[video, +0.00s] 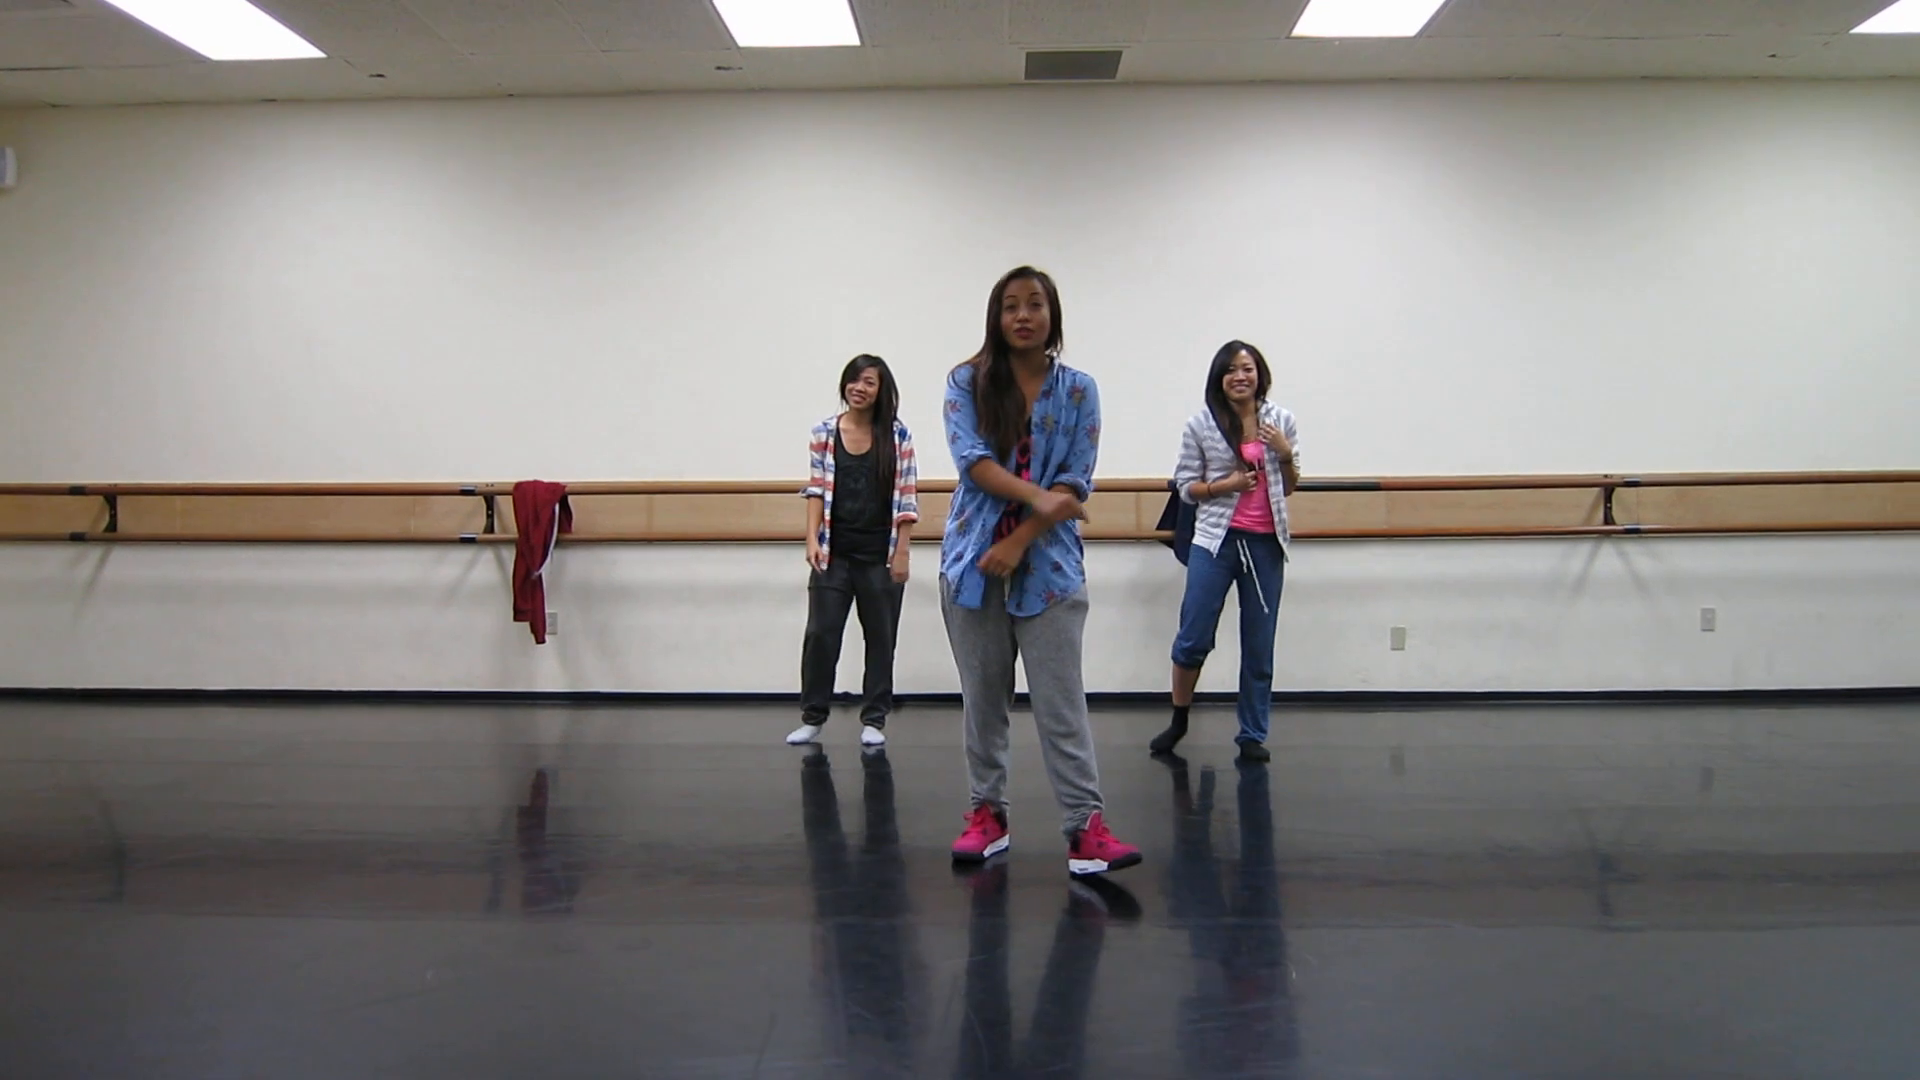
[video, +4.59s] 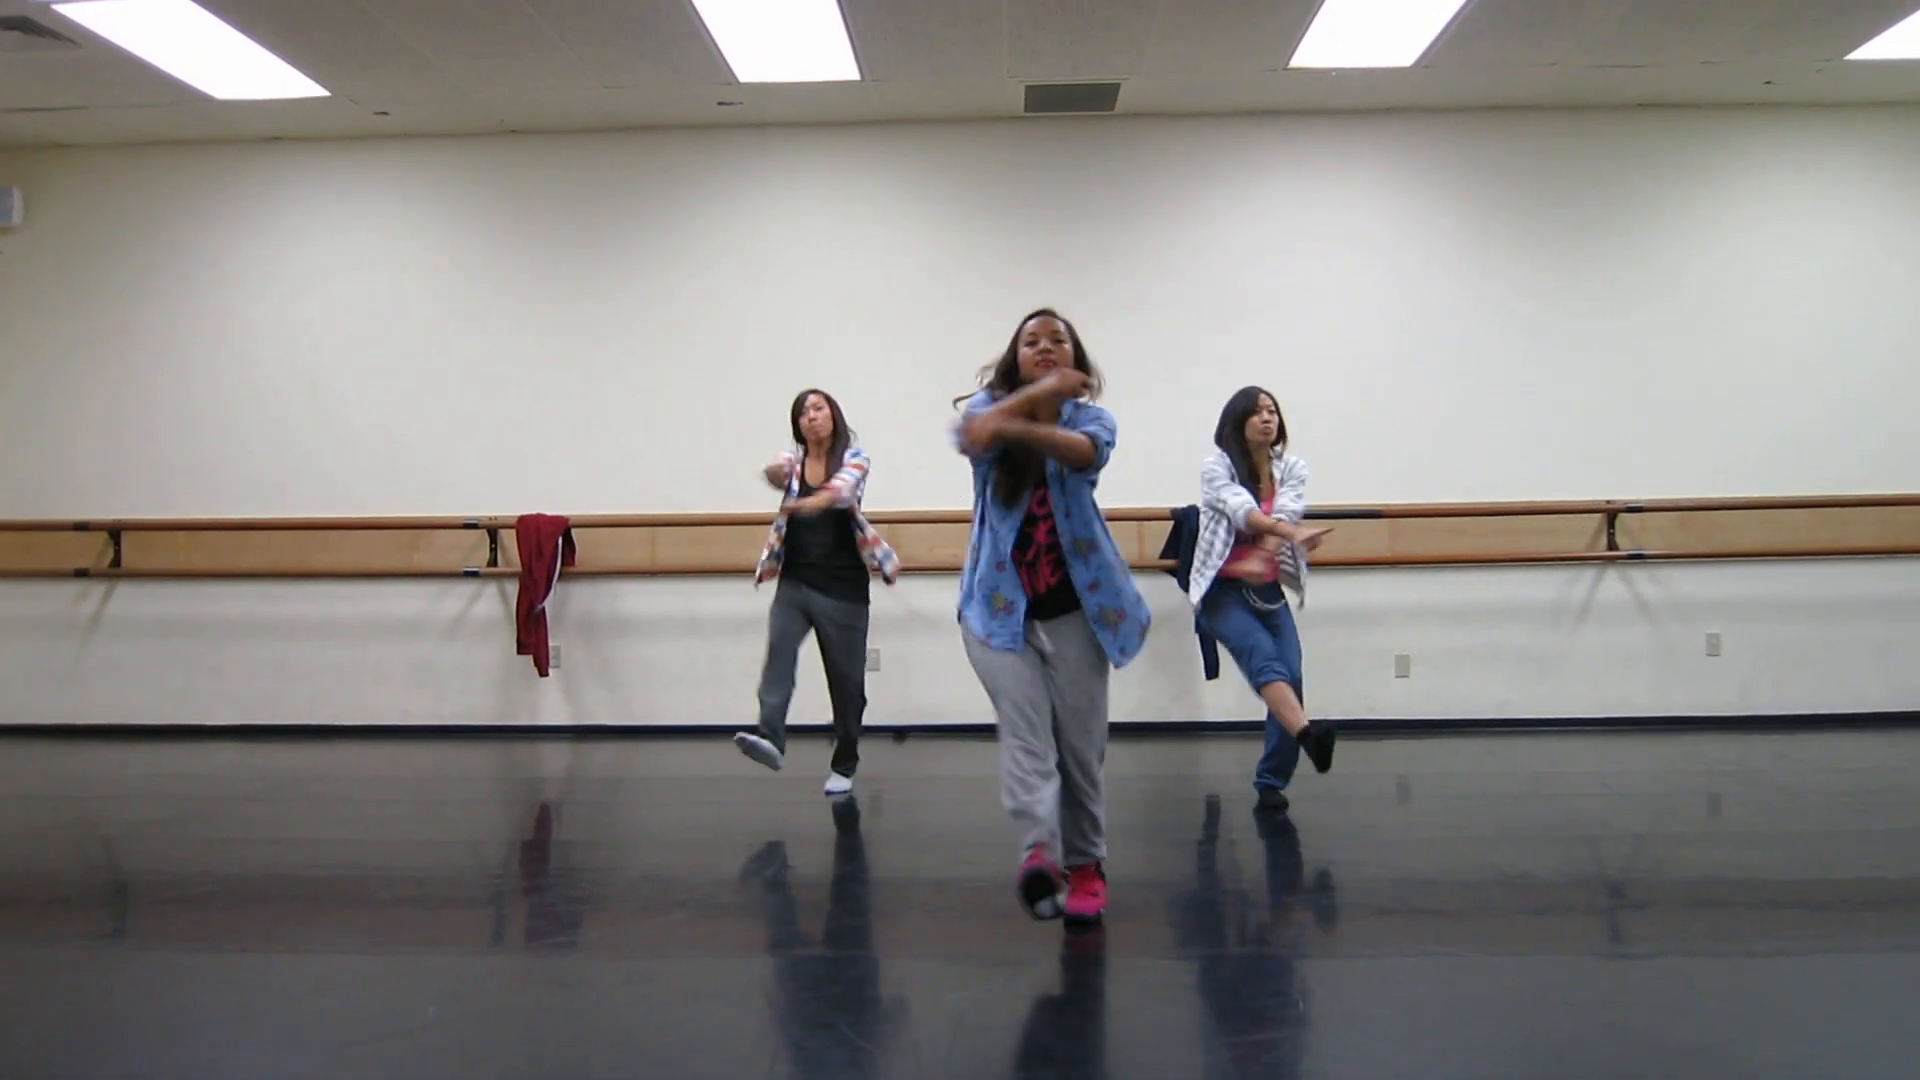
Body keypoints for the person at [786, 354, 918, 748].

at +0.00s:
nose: (860, 387)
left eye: (869, 383)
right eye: (855, 380)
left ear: (882, 391)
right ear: (844, 385)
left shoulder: (897, 435)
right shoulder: (824, 432)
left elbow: (907, 496)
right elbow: (816, 489)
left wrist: (902, 550)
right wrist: (812, 538)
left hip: (880, 558)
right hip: (833, 554)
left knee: (880, 642)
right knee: (820, 636)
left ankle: (874, 720)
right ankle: (813, 718)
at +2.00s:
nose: (809, 404)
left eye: (817, 398)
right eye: (802, 399)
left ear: (830, 405)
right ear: (793, 407)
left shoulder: (850, 450)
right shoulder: (778, 452)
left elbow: (864, 506)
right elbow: (765, 509)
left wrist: (870, 554)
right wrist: (760, 558)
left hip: (840, 569)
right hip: (790, 571)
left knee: (848, 643)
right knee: (800, 654)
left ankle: (867, 728)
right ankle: (811, 734)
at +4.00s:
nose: (828, 409)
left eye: (837, 405)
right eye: (822, 403)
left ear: (849, 415)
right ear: (812, 412)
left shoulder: (867, 461)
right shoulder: (793, 459)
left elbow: (878, 521)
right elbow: (780, 519)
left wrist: (877, 574)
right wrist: (780, 571)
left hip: (852, 582)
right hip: (806, 584)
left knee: (855, 654)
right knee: (814, 669)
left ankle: (856, 723)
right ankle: (829, 745)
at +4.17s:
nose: (827, 411)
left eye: (835, 406)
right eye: (820, 406)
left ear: (848, 418)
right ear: (810, 416)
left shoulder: (866, 462)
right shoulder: (792, 462)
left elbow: (894, 515)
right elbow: (765, 505)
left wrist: (887, 549)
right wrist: (766, 541)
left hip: (851, 588)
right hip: (802, 590)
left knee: (850, 669)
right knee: (813, 674)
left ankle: (850, 760)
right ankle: (829, 750)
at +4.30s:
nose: (823, 416)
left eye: (830, 409)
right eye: (816, 411)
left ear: (845, 419)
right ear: (806, 424)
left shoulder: (866, 463)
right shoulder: (795, 465)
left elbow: (902, 496)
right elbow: (765, 505)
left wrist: (909, 479)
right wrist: (756, 464)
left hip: (854, 589)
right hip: (803, 590)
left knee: (850, 673)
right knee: (806, 679)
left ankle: (847, 766)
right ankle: (832, 721)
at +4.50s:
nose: (818, 422)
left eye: (824, 414)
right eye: (810, 419)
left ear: (840, 422)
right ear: (803, 433)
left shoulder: (861, 469)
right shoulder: (791, 471)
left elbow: (894, 503)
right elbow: (746, 479)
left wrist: (909, 484)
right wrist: (698, 475)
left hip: (850, 596)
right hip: (800, 593)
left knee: (849, 681)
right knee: (798, 670)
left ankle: (846, 768)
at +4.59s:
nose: (813, 415)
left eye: (820, 408)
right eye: (805, 412)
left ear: (835, 415)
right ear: (798, 425)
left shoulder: (855, 459)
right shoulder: (793, 461)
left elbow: (839, 492)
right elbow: (775, 473)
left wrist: (802, 505)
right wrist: (778, 475)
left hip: (843, 590)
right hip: (795, 585)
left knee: (847, 684)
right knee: (779, 654)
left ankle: (844, 766)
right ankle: (770, 737)